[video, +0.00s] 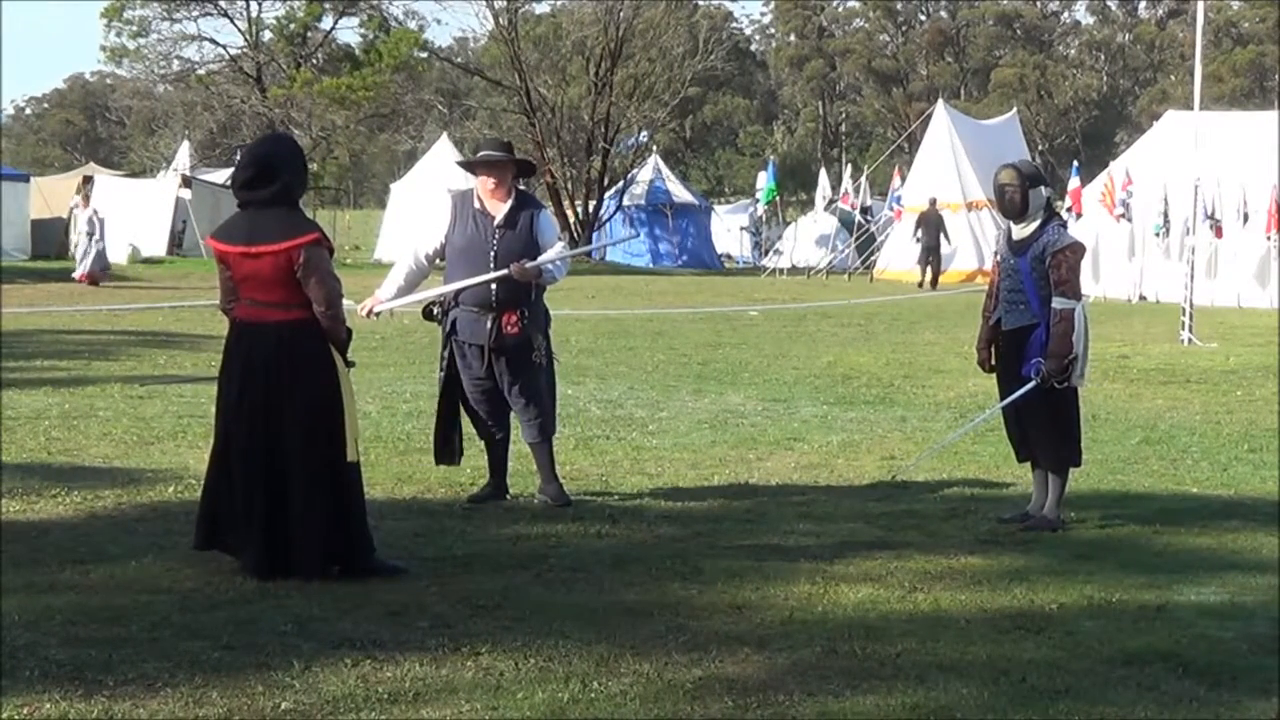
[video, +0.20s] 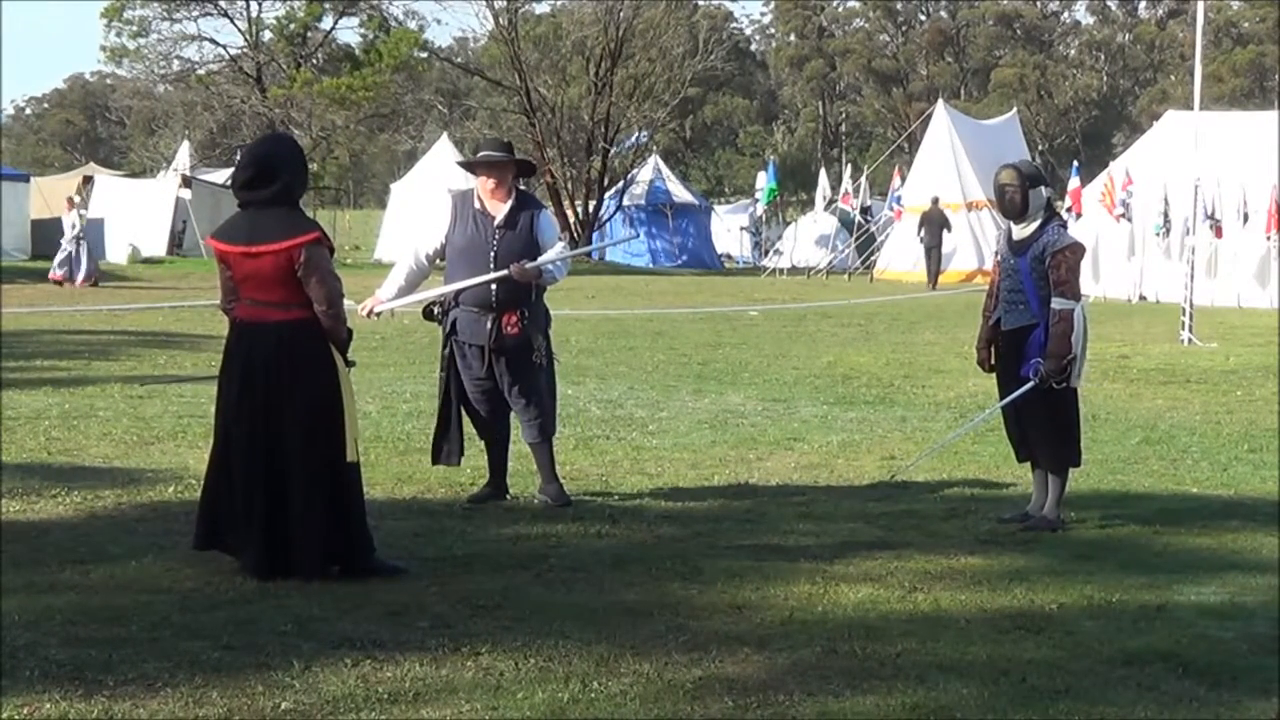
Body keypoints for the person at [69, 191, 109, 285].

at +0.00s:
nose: (83, 203)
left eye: (84, 201)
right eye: (81, 201)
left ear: (87, 201)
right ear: (80, 201)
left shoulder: (91, 211)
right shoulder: (79, 211)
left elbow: (98, 224)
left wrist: (98, 236)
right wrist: (72, 207)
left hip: (89, 236)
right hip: (80, 235)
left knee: (85, 255)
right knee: (80, 254)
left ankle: (85, 274)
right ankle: (81, 273)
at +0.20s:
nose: (67, 205)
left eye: (68, 203)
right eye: (66, 203)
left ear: (72, 204)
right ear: (65, 204)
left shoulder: (75, 213)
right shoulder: (64, 215)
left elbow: (78, 227)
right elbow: (66, 229)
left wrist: (71, 237)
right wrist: (65, 238)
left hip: (77, 240)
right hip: (68, 240)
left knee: (78, 259)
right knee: (60, 258)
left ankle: (78, 279)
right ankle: (58, 277)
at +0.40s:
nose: (53, 202)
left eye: (54, 200)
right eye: (51, 200)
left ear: (57, 201)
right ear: (50, 201)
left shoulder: (60, 211)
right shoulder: (48, 213)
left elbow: (64, 226)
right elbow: (48, 227)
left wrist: (57, 237)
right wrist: (47, 238)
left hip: (61, 239)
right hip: (52, 239)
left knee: (60, 257)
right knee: (52, 258)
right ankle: (53, 277)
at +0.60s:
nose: (38, 204)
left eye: (40, 202)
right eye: (37, 202)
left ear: (43, 203)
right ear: (34, 203)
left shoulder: (47, 212)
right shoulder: (32, 214)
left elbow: (53, 226)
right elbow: (28, 228)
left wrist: (54, 238)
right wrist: (24, 242)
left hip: (48, 239)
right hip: (37, 239)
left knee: (54, 257)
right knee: (36, 258)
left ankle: (57, 278)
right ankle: (34, 277)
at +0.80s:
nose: (21, 204)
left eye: (23, 202)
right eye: (19, 202)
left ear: (27, 203)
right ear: (18, 203)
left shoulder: (31, 213)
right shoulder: (16, 212)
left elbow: (37, 226)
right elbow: (14, 227)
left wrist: (40, 238)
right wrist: (13, 239)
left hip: (32, 238)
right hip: (23, 238)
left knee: (31, 257)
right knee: (22, 257)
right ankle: (21, 276)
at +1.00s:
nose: (6, 203)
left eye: (7, 201)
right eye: (5, 201)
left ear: (11, 201)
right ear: (4, 202)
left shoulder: (16, 211)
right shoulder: (5, 211)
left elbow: (19, 226)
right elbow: (7, 224)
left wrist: (13, 236)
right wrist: (6, 235)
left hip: (17, 237)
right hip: (8, 237)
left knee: (22, 257)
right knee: (5, 257)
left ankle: (25, 277)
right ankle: (3, 274)